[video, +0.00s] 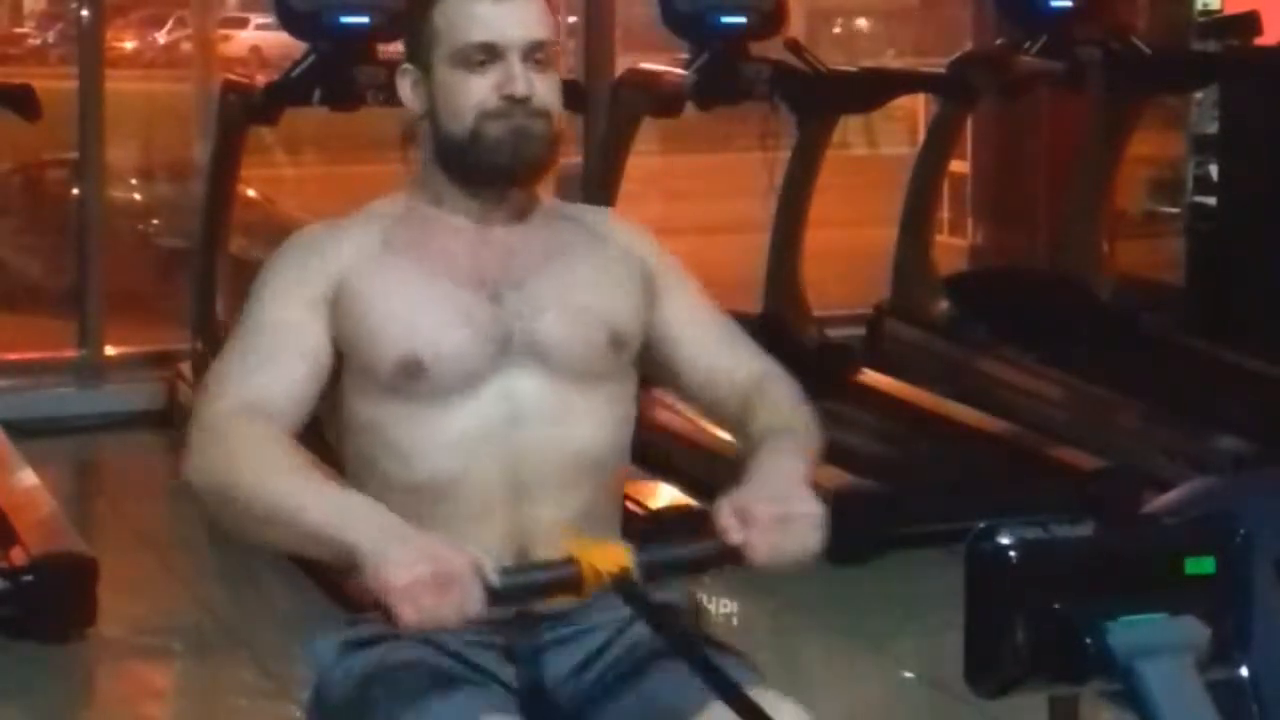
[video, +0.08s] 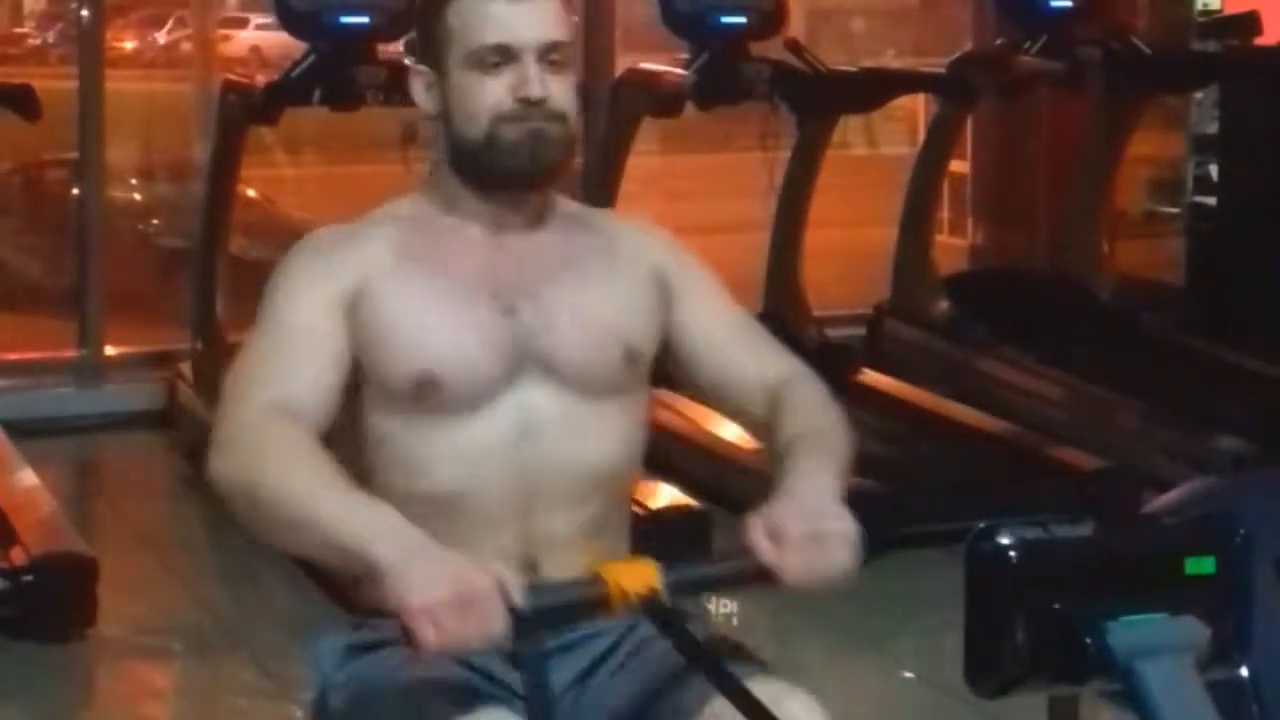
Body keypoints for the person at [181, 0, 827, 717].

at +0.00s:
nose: (518, 85)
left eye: (538, 61)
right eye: (479, 61)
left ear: (561, 83)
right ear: (413, 89)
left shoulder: (619, 252)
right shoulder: (329, 261)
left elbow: (760, 391)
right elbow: (226, 446)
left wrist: (779, 470)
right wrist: (385, 543)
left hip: (610, 620)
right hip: (421, 637)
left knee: (768, 713)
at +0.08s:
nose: (535, 87)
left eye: (556, 61)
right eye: (495, 62)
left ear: (579, 81)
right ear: (427, 88)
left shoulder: (638, 258)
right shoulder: (340, 267)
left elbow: (788, 391)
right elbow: (251, 446)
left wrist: (811, 487)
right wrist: (404, 554)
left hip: (618, 630)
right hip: (424, 639)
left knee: (789, 715)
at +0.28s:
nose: (599, 100)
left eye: (621, 72)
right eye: (557, 73)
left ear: (648, 94)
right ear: (485, 104)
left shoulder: (717, 284)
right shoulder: (389, 293)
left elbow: (869, 425)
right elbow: (355, 481)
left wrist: (929, 576)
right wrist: (494, 641)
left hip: (651, 644)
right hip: (440, 654)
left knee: (843, 693)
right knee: (498, 709)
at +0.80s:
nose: (663, 134)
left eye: (683, 104)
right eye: (616, 106)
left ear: (708, 126)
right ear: (532, 140)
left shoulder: (781, 323)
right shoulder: (435, 329)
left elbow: (930, 497)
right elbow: (466, 534)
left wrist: (1049, 677)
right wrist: (576, 716)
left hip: (670, 660)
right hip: (472, 672)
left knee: (858, 675)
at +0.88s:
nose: (623, 113)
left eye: (649, 82)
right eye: (579, 83)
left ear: (677, 103)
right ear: (503, 111)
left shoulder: (746, 297)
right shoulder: (412, 301)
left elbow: (892, 470)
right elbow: (433, 505)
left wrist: (992, 647)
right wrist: (564, 689)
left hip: (656, 645)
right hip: (454, 650)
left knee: (845, 681)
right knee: (508, 711)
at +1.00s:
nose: (556, 80)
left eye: (578, 53)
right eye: (514, 55)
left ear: (606, 77)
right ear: (441, 81)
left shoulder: (677, 254)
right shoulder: (365, 266)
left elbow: (811, 410)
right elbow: (356, 446)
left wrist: (888, 558)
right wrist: (475, 600)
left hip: (627, 626)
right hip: (420, 633)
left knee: (842, 680)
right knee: (467, 702)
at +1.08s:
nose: (529, 80)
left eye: (550, 54)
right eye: (488, 55)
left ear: (578, 74)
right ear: (419, 78)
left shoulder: (648, 249)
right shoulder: (344, 263)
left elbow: (777, 402)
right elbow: (306, 442)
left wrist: (838, 527)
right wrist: (438, 571)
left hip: (602, 627)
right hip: (416, 632)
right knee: (461, 701)